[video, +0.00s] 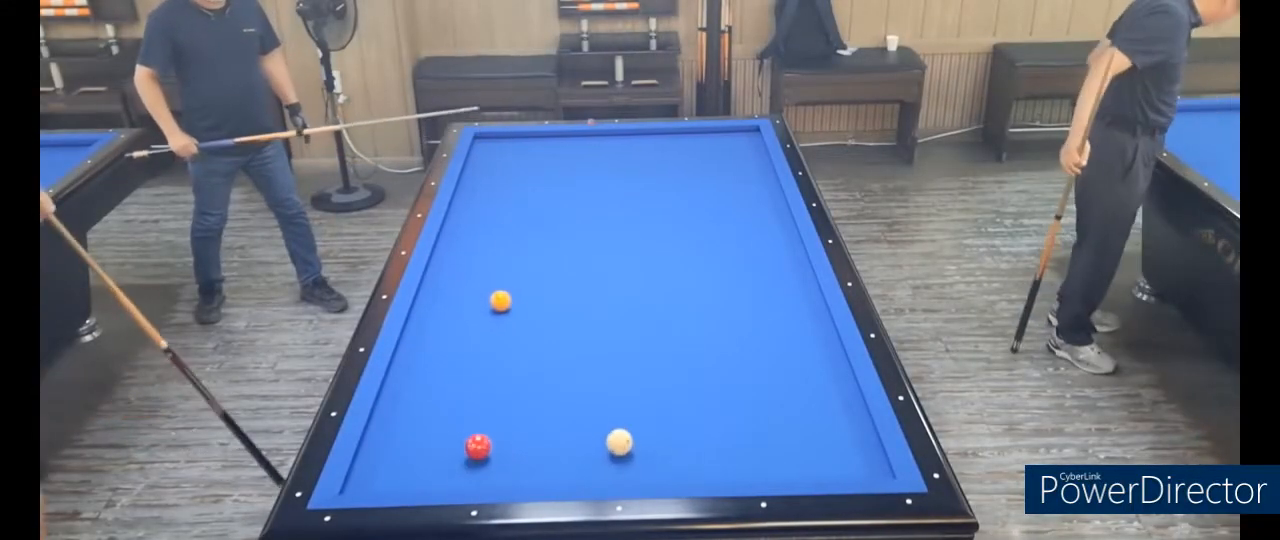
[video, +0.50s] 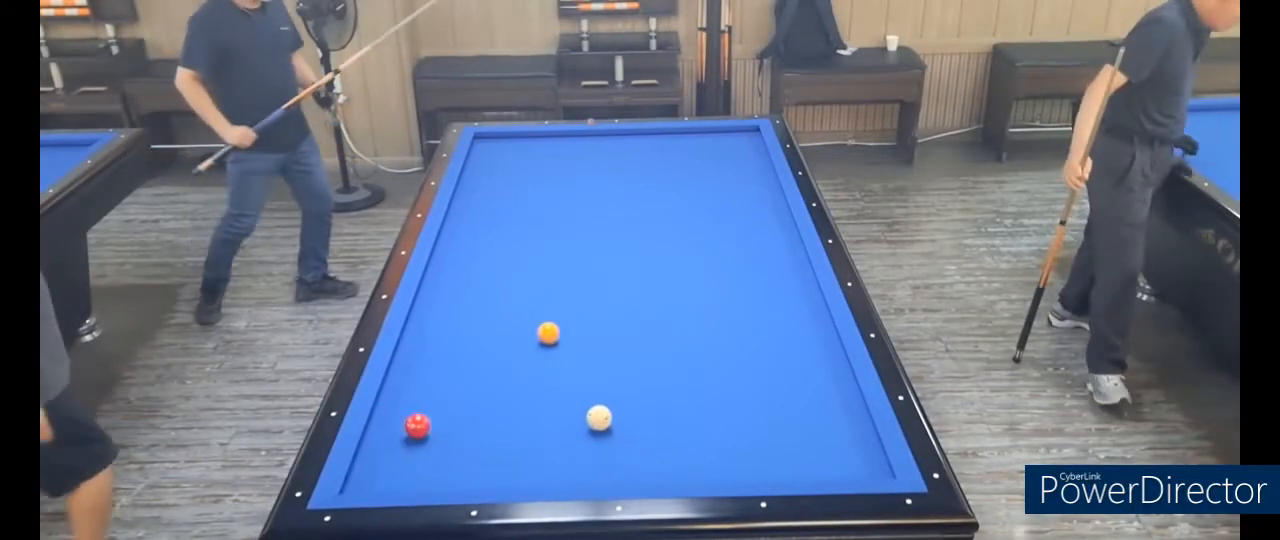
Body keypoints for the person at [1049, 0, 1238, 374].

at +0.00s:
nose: (1228, 15)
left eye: (1231, 9)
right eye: (1232, 8)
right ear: (1220, 3)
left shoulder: (1154, 7)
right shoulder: (1169, 18)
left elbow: (1097, 57)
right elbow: (1102, 67)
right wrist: (1075, 139)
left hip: (1112, 141)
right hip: (1122, 148)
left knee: (1096, 238)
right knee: (1102, 245)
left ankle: (1069, 310)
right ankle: (1070, 335)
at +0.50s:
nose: (1237, 15)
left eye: (1238, 8)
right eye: (1236, 6)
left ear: (1217, 4)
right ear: (1215, 1)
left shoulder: (1194, 28)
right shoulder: (1163, 26)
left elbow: (1154, 91)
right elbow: (1099, 87)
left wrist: (1164, 140)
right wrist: (1076, 156)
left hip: (1150, 155)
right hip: (1123, 155)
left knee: (1105, 237)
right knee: (1122, 266)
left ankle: (1071, 306)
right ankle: (1104, 367)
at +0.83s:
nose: (1240, 31)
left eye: (1242, 22)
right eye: (1235, 20)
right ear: (1205, 10)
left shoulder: (1229, 61)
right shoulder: (1151, 49)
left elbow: (1217, 118)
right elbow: (1096, 112)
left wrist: (1226, 174)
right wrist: (1066, 185)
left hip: (1179, 187)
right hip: (1124, 180)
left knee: (1172, 274)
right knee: (1121, 282)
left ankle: (1101, 299)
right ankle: (1107, 380)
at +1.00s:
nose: (1237, 49)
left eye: (1241, 41)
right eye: (1233, 38)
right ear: (1207, 19)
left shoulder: (1235, 71)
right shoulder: (1148, 56)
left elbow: (1233, 136)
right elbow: (1102, 125)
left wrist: (1235, 183)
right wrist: (1076, 196)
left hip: (1200, 201)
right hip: (1134, 194)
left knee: (1188, 303)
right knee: (1113, 293)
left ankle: (1136, 355)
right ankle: (1106, 379)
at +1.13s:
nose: (1243, 57)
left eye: (1245, 47)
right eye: (1240, 45)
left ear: (1228, 34)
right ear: (1219, 31)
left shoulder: (1236, 86)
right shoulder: (1160, 76)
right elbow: (1110, 146)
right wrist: (1088, 216)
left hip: (1216, 222)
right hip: (1147, 214)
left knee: (1203, 332)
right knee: (1119, 302)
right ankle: (1107, 379)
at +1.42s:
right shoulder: (1212, 96)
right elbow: (1166, 169)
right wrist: (1142, 245)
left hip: (1236, 263)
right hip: (1200, 254)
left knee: (1228, 391)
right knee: (1159, 350)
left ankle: (1209, 488)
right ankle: (1117, 392)